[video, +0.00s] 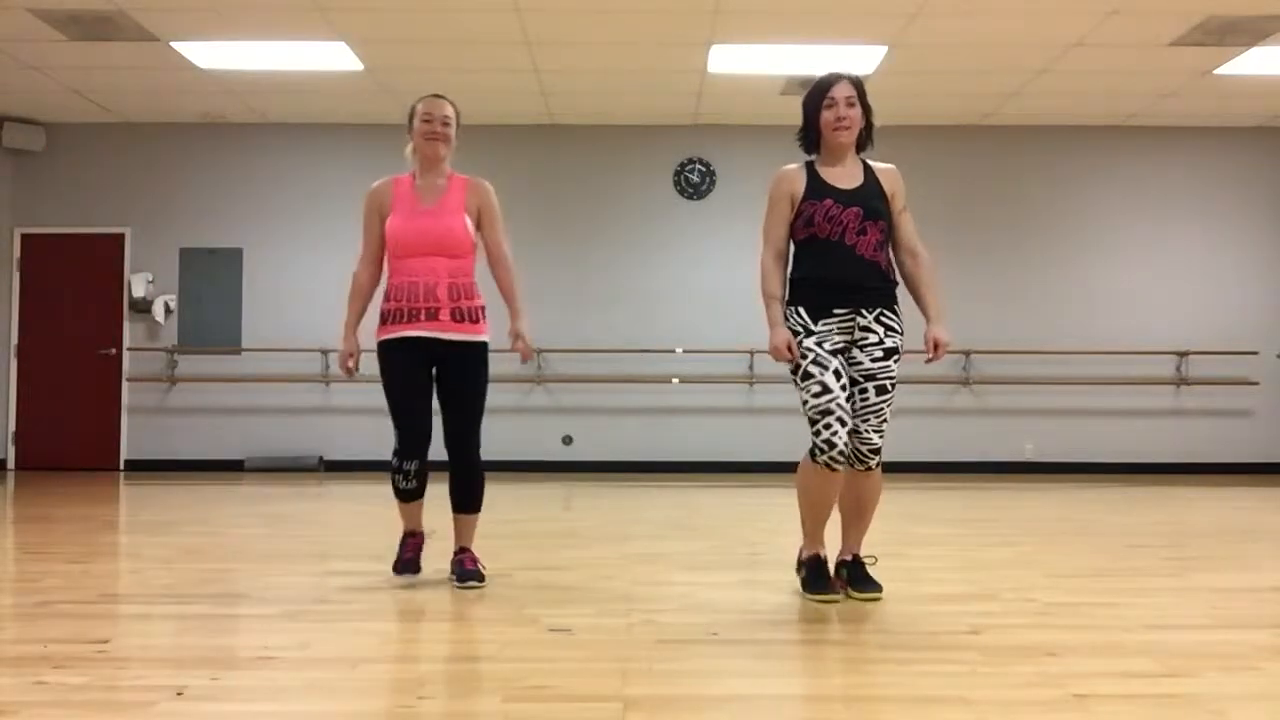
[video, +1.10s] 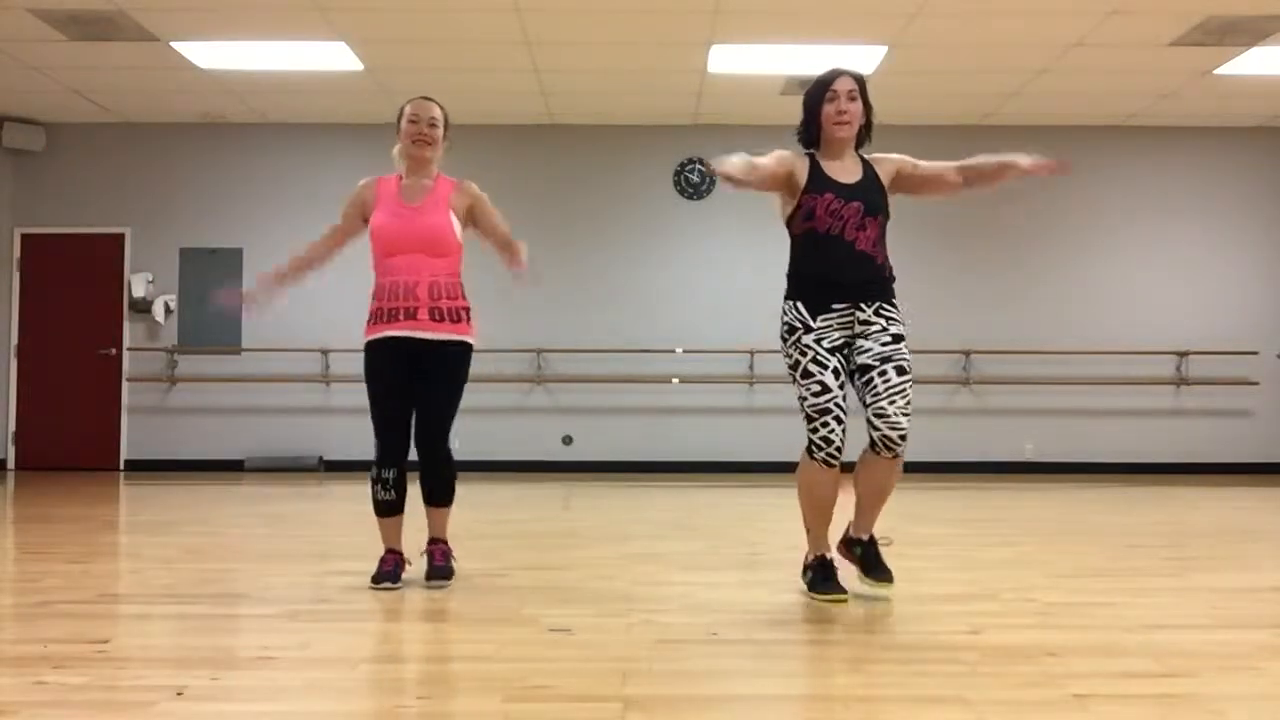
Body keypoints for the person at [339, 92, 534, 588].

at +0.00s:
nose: (436, 127)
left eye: (445, 121)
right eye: (427, 119)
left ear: (456, 135)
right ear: (409, 131)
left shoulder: (476, 192)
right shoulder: (384, 194)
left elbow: (499, 257)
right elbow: (369, 267)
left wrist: (517, 319)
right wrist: (350, 330)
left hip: (463, 334)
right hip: (401, 334)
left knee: (463, 443)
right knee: (412, 439)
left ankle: (465, 550)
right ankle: (410, 536)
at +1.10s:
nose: (422, 128)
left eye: (432, 123)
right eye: (413, 120)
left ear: (444, 138)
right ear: (397, 132)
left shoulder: (463, 194)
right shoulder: (373, 192)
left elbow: (505, 241)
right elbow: (326, 246)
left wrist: (515, 255)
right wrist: (276, 279)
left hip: (447, 336)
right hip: (388, 335)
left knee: (433, 441)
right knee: (390, 447)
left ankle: (438, 544)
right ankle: (392, 552)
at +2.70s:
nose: (416, 135)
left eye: (425, 129)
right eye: (407, 128)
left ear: (438, 143)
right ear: (392, 140)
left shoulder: (456, 193)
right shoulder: (368, 193)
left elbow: (533, 191)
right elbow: (300, 198)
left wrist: (588, 180)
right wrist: (311, 180)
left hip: (448, 342)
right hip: (388, 344)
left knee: (444, 449)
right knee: (396, 454)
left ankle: (431, 551)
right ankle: (400, 552)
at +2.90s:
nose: (411, 125)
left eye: (421, 120)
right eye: (403, 119)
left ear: (435, 135)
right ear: (389, 132)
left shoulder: (454, 184)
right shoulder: (368, 183)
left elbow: (528, 182)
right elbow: (297, 177)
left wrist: (593, 180)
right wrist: (320, 154)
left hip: (442, 333)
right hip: (384, 333)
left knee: (430, 442)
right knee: (391, 447)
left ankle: (430, 545)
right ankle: (398, 552)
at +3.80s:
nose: (410, 130)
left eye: (420, 124)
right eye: (402, 123)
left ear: (435, 138)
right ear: (389, 135)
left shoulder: (455, 188)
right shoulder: (368, 189)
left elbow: (530, 190)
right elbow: (297, 194)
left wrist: (599, 192)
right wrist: (323, 168)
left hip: (441, 333)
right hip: (384, 332)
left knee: (426, 442)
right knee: (391, 444)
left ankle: (432, 544)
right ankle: (400, 551)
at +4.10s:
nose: (414, 130)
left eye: (423, 123)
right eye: (405, 123)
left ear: (439, 137)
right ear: (393, 135)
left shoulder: (462, 186)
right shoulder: (376, 190)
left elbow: (539, 188)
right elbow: (305, 196)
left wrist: (599, 182)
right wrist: (331, 166)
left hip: (446, 337)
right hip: (388, 335)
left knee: (436, 447)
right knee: (393, 446)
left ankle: (431, 551)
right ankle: (398, 550)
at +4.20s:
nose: (416, 131)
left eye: (426, 125)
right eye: (407, 124)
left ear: (441, 138)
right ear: (395, 137)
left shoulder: (463, 187)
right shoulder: (375, 188)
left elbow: (536, 185)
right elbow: (304, 184)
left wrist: (592, 156)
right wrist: (337, 149)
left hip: (451, 336)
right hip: (392, 335)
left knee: (441, 446)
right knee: (394, 443)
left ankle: (432, 549)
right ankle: (398, 542)